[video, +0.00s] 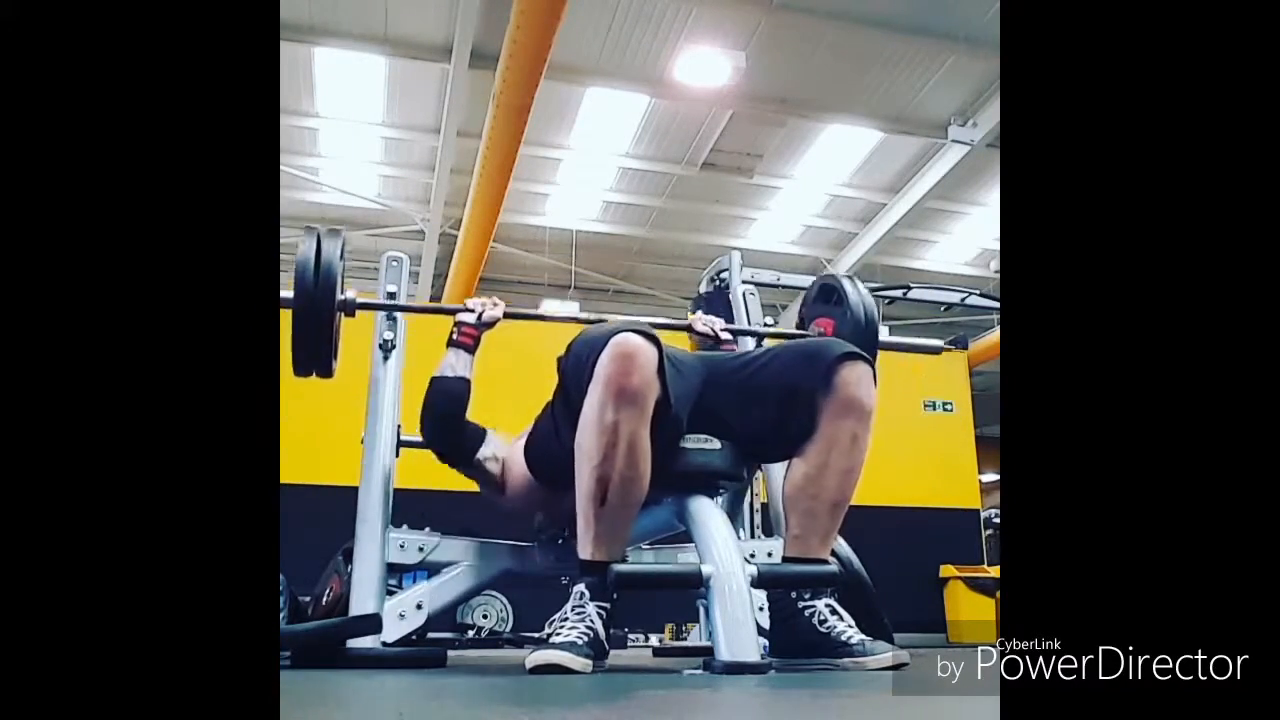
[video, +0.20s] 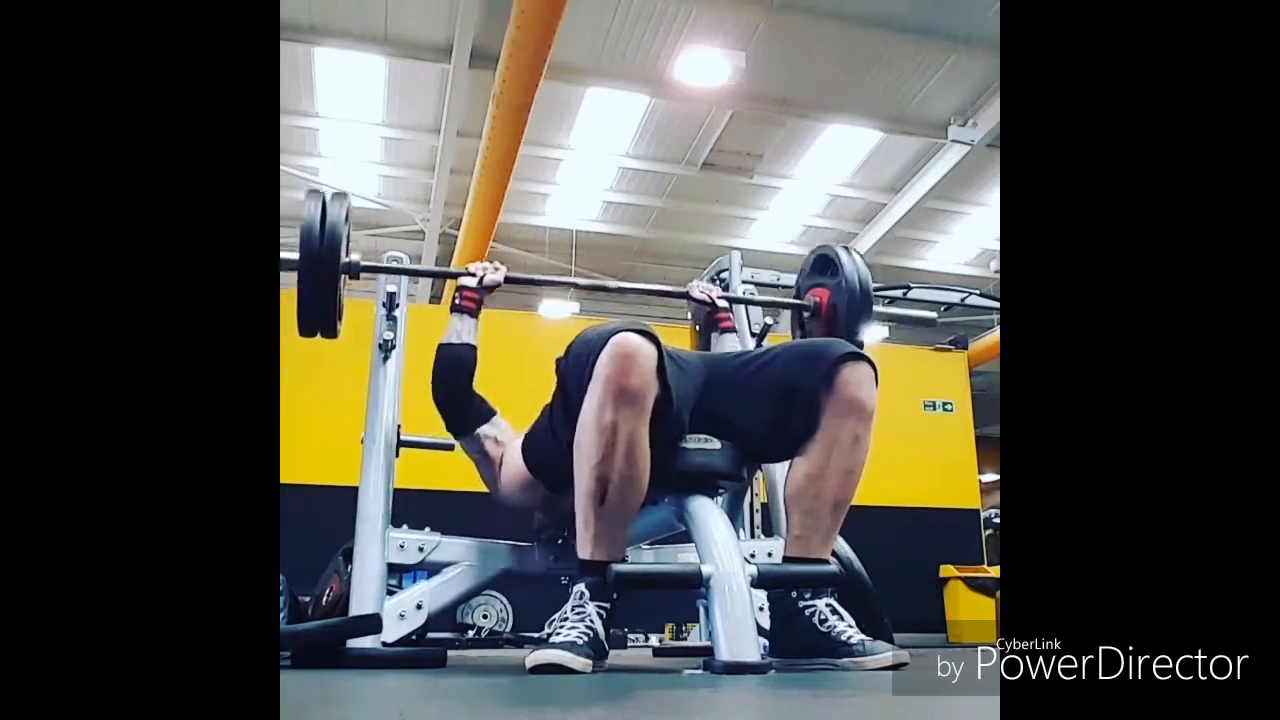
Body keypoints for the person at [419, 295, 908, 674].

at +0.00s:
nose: (503, 485)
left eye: (502, 483)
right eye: (498, 484)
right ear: (501, 475)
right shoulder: (512, 462)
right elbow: (443, 425)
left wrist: (729, 352)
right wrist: (465, 338)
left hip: (704, 386)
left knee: (851, 378)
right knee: (630, 357)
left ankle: (798, 608)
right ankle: (587, 607)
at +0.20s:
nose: (496, 445)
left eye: (496, 446)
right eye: (492, 451)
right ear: (498, 466)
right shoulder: (522, 475)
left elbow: (735, 394)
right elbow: (455, 396)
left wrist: (720, 328)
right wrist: (468, 300)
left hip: (707, 384)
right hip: (631, 366)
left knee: (851, 377)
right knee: (628, 355)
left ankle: (800, 606)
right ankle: (586, 605)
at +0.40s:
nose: (496, 439)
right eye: (493, 441)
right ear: (520, 479)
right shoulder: (527, 467)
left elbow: (717, 363)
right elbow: (480, 382)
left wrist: (711, 293)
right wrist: (469, 277)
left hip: (689, 381)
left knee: (845, 374)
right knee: (620, 352)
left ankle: (797, 606)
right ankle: (586, 606)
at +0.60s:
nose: (494, 438)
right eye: (490, 443)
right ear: (502, 465)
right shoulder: (522, 467)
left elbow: (725, 384)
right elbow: (462, 386)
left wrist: (711, 310)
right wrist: (464, 286)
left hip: (683, 390)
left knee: (841, 374)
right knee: (617, 352)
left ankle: (799, 607)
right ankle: (585, 605)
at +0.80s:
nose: (494, 475)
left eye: (491, 471)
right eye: (488, 481)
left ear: (510, 459)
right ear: (498, 492)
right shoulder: (517, 463)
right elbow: (432, 434)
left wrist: (715, 352)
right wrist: (464, 343)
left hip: (703, 383)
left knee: (841, 376)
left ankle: (799, 606)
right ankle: (587, 605)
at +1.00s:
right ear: (494, 509)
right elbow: (445, 491)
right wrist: (464, 405)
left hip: (708, 375)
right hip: (633, 359)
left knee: (850, 376)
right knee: (615, 356)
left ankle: (801, 604)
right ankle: (587, 605)